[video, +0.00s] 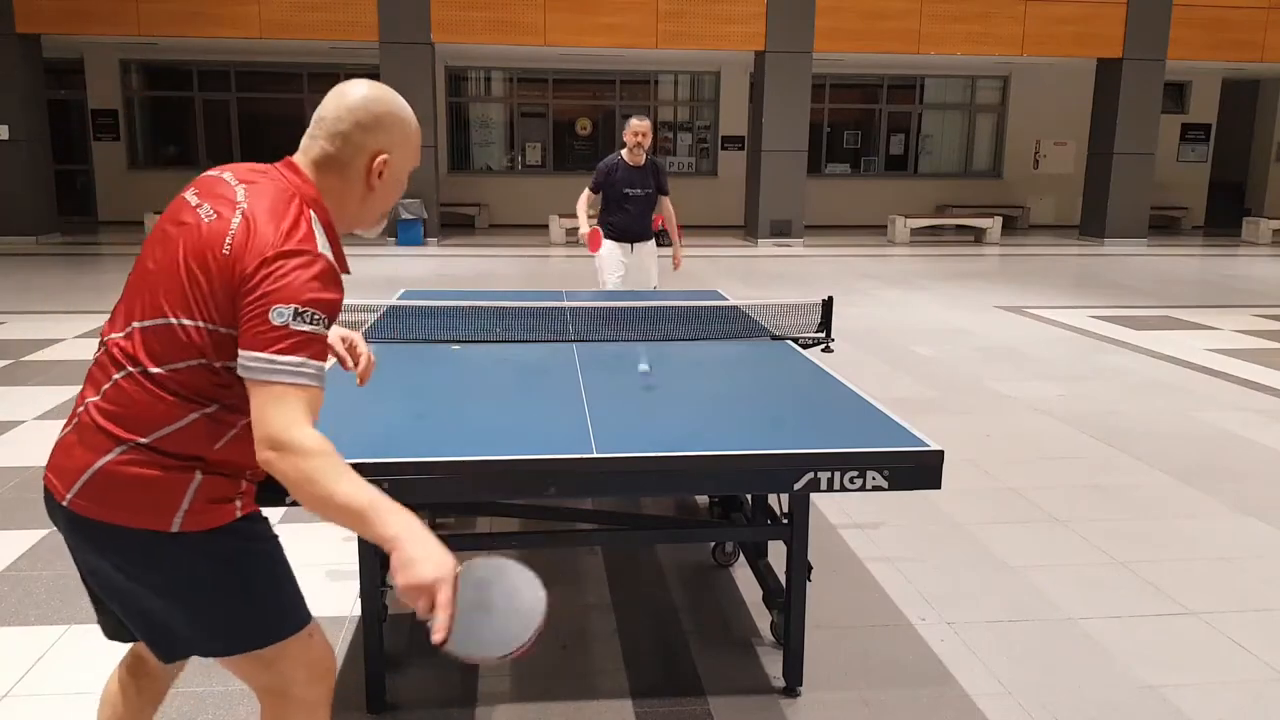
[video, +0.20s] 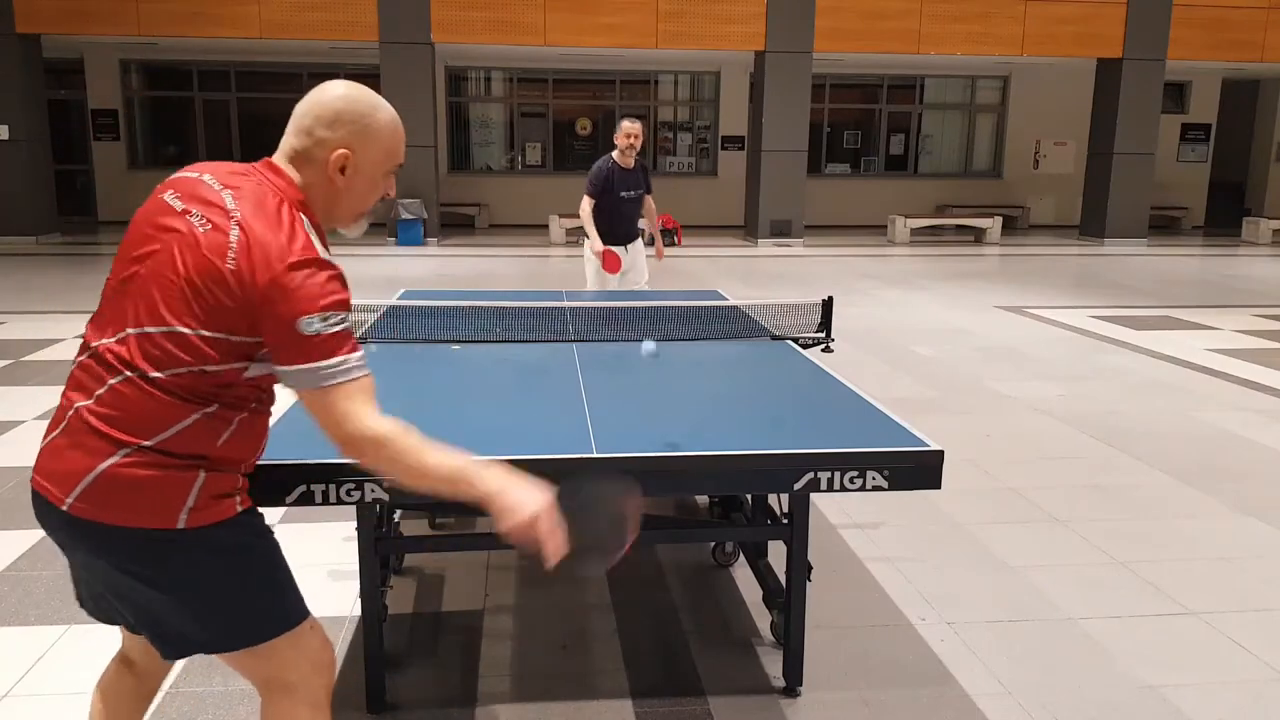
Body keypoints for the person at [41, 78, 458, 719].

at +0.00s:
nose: (402, 192)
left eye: (409, 177)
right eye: (407, 175)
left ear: (314, 142)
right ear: (377, 170)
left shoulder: (223, 182)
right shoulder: (297, 251)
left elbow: (210, 307)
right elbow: (283, 442)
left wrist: (313, 331)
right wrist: (404, 532)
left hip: (86, 474)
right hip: (171, 502)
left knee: (155, 654)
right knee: (302, 678)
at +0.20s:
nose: (385, 195)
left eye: (390, 179)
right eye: (383, 177)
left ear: (300, 154)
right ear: (338, 164)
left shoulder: (188, 183)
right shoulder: (291, 260)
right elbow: (363, 432)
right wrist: (497, 482)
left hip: (70, 477)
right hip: (165, 504)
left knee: (148, 648)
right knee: (301, 672)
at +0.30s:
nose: (378, 179)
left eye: (383, 162)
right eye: (376, 159)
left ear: (295, 140)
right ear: (323, 150)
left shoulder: (167, 176)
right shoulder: (311, 255)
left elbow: (91, 286)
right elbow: (417, 395)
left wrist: (228, 331)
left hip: (63, 482)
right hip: (178, 502)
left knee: (135, 651)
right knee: (305, 669)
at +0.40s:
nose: (360, 162)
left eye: (364, 147)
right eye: (360, 146)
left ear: (259, 125)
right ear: (321, 146)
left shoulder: (149, 172)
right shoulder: (327, 244)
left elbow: (58, 287)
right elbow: (430, 345)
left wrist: (166, 314)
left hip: (65, 484)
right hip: (188, 501)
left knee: (121, 649)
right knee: (318, 670)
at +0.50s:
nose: (335, 151)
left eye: (340, 136)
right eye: (337, 135)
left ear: (243, 115)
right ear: (312, 136)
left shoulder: (127, 174)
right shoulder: (318, 225)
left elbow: (36, 304)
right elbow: (400, 311)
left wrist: (136, 321)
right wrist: (422, 231)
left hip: (70, 495)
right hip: (201, 503)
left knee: (99, 665)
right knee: (321, 673)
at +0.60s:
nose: (311, 139)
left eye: (312, 125)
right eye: (310, 125)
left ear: (215, 112)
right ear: (290, 128)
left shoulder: (98, 178)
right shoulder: (302, 216)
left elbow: (20, 316)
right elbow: (365, 309)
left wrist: (117, 329)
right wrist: (361, 224)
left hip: (65, 495)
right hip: (200, 499)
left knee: (84, 671)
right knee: (318, 671)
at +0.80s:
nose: (262, 142)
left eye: (265, 127)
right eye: (262, 127)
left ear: (168, 117)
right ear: (242, 130)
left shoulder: (55, 187)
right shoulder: (252, 229)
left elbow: (6, 325)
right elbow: (305, 378)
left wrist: (87, 327)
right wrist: (302, 311)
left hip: (28, 494)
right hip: (155, 500)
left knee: (87, 656)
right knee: (291, 681)